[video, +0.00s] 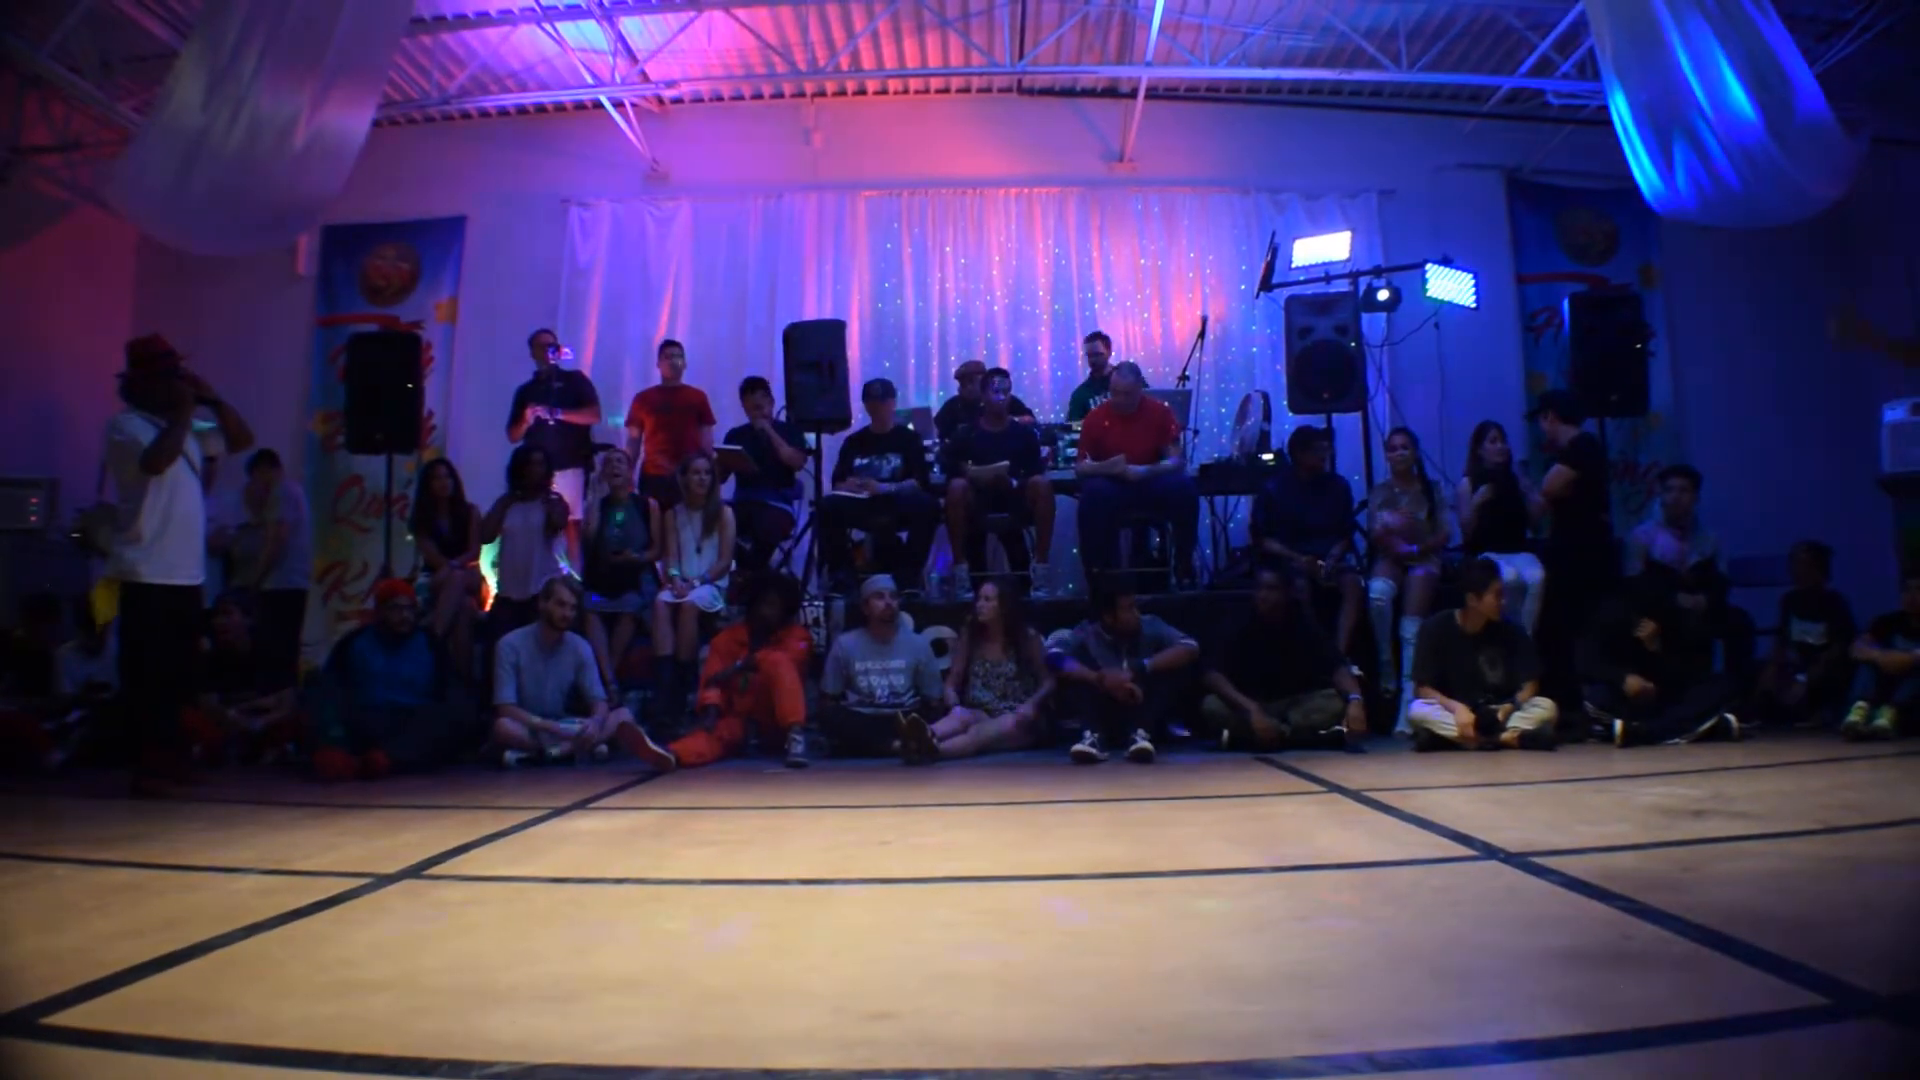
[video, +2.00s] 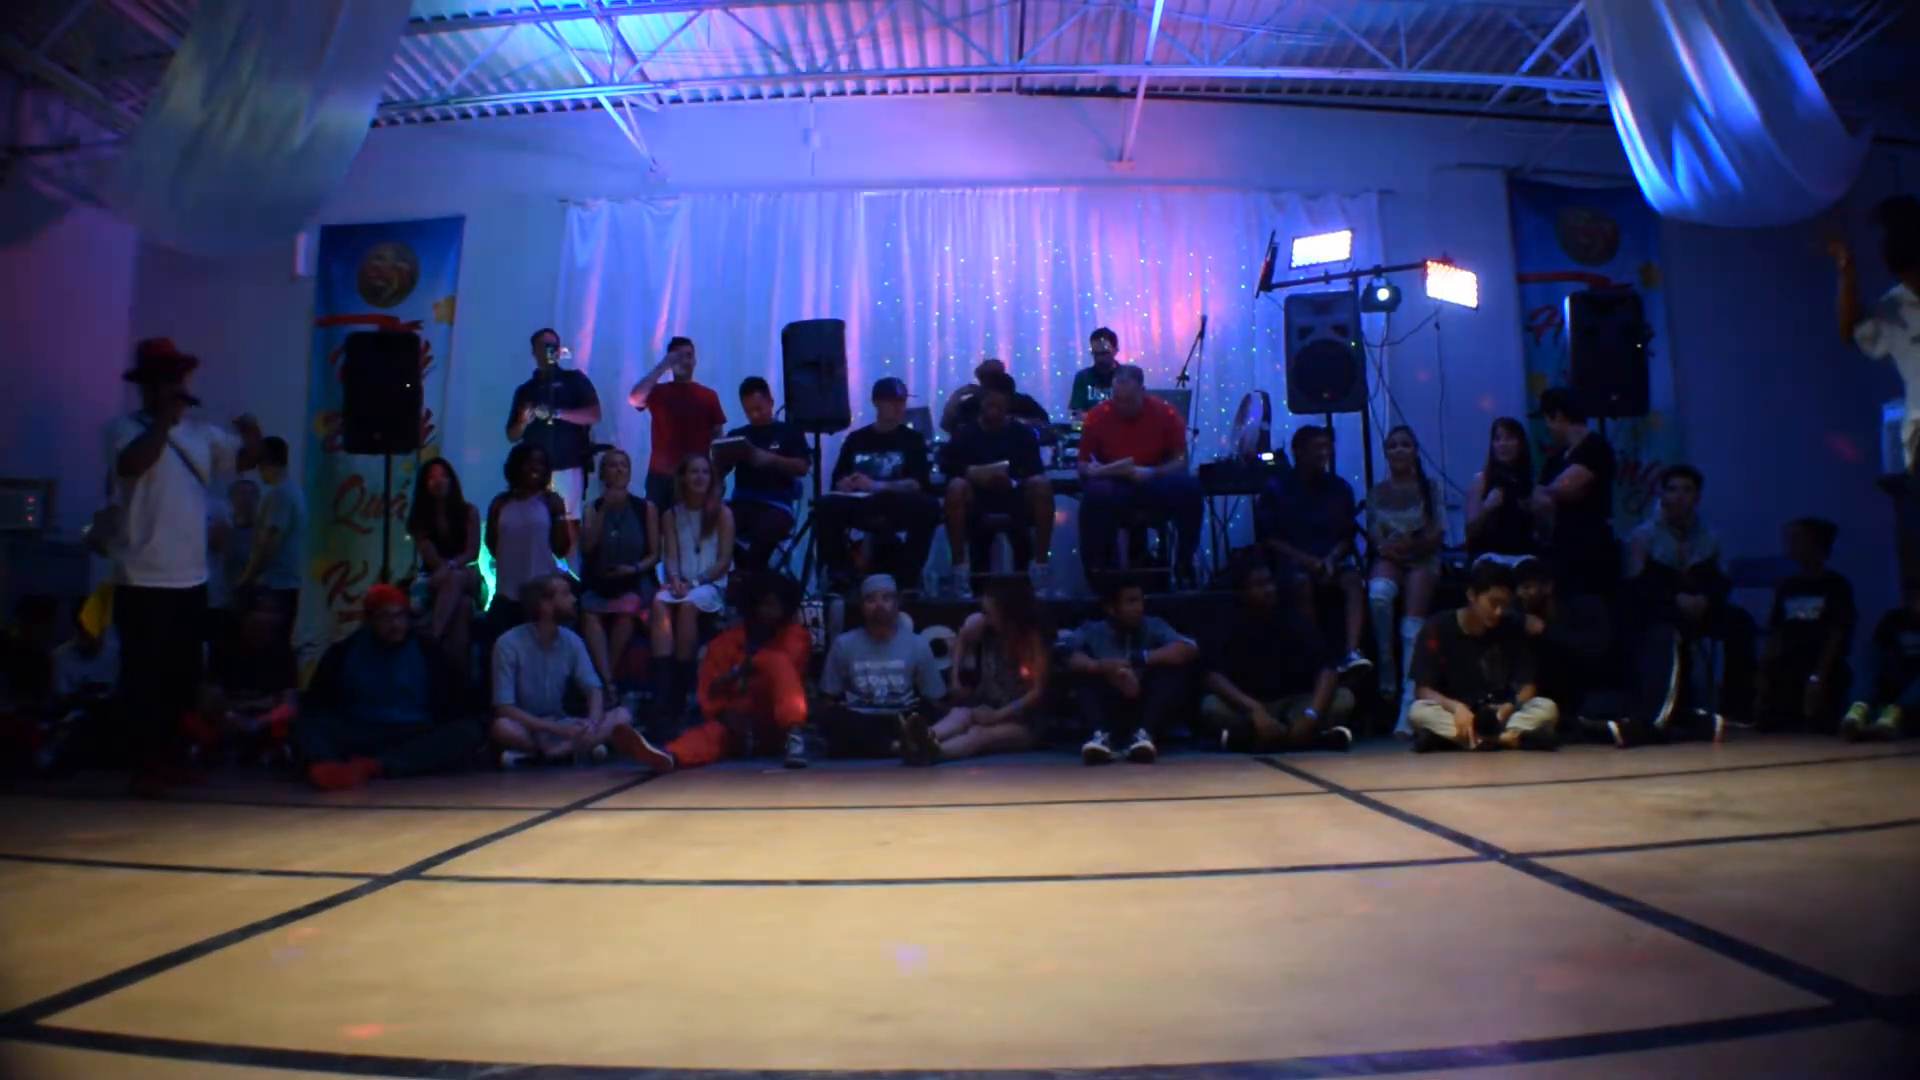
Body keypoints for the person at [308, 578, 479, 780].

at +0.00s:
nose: (405, 615)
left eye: (410, 608)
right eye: (397, 609)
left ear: (416, 611)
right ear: (381, 611)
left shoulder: (429, 645)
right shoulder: (356, 643)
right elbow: (330, 686)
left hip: (413, 719)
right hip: (363, 717)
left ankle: (390, 755)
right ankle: (339, 752)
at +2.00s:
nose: (396, 624)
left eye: (401, 616)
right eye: (388, 617)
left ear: (408, 617)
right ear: (371, 620)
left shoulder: (425, 651)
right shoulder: (344, 654)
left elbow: (447, 697)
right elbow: (317, 704)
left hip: (415, 732)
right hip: (357, 732)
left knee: (467, 733)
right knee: (307, 725)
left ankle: (379, 766)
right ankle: (327, 766)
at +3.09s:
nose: (383, 613)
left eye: (390, 605)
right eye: (377, 605)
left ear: (404, 611)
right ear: (369, 609)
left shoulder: (422, 643)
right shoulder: (349, 644)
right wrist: (352, 730)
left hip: (419, 720)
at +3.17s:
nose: (380, 611)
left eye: (388, 605)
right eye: (374, 604)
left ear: (403, 610)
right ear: (366, 607)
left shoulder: (422, 642)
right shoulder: (349, 640)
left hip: (414, 715)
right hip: (363, 716)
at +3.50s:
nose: (365, 614)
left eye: (373, 607)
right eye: (361, 606)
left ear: (389, 612)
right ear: (354, 609)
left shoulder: (410, 642)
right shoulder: (345, 641)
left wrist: (435, 697)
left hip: (404, 717)